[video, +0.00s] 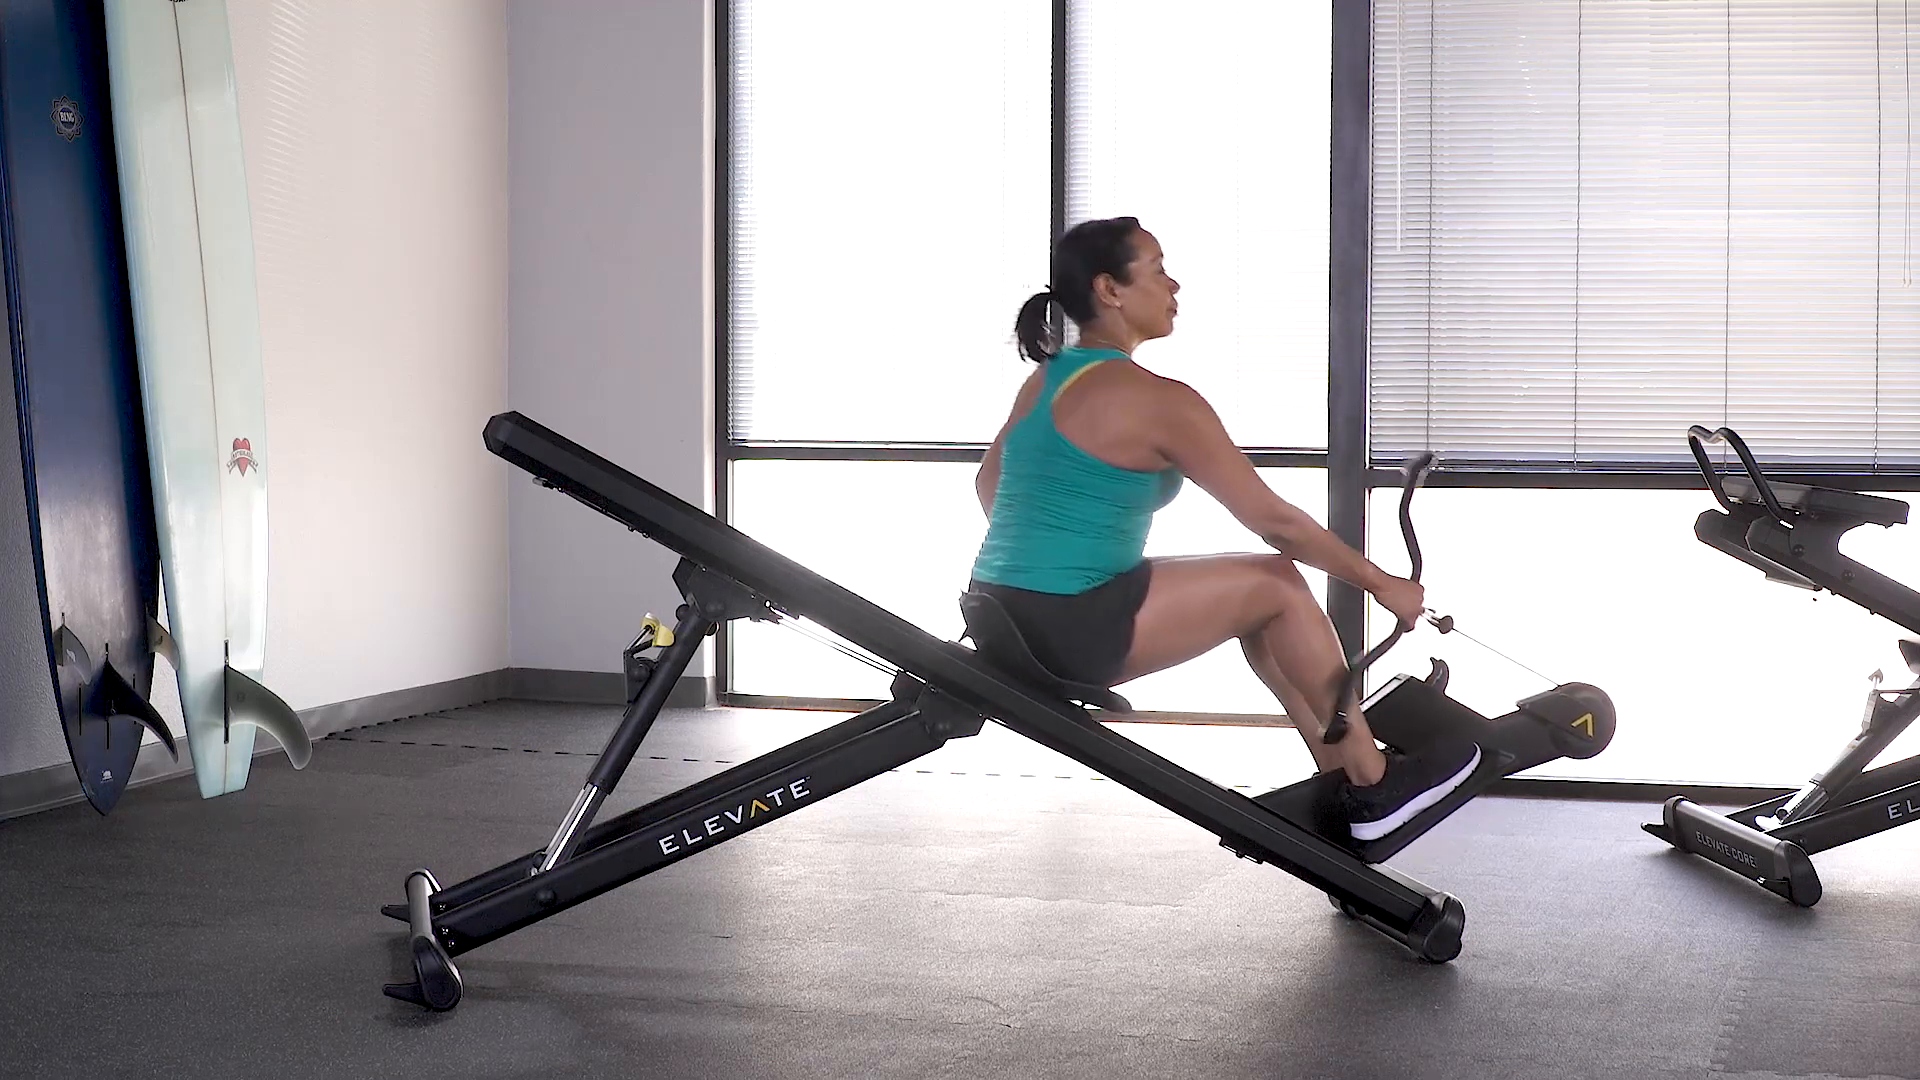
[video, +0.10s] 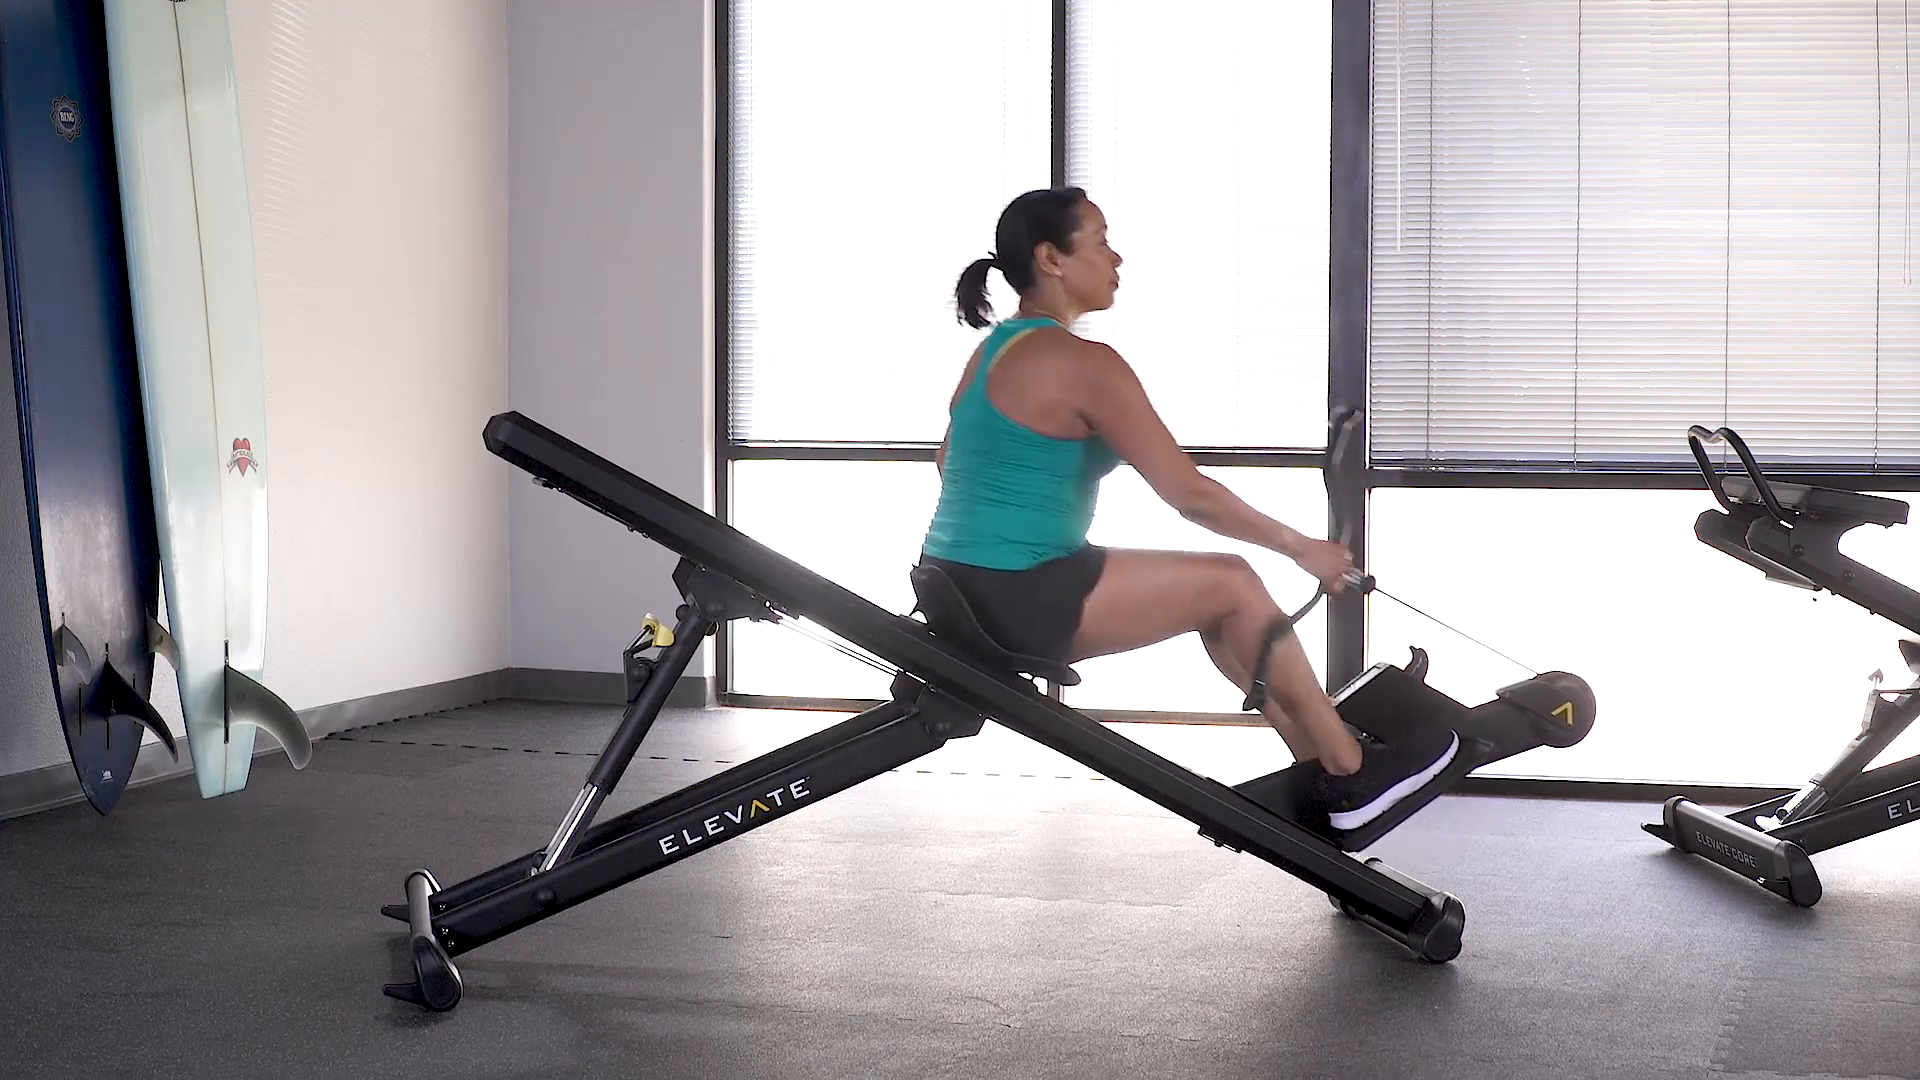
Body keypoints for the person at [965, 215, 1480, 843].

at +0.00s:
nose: (1174, 286)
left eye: (1166, 271)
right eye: (1159, 273)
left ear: (1102, 294)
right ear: (1109, 292)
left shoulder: (1047, 379)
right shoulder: (1164, 403)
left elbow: (990, 482)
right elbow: (1274, 521)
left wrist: (1046, 556)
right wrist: (1381, 582)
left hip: (997, 610)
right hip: (1071, 624)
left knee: (1258, 584)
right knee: (1280, 582)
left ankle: (1335, 763)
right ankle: (1374, 777)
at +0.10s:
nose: (1116, 258)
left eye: (1109, 241)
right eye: (1101, 243)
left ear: (1045, 261)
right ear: (1051, 259)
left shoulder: (993, 349)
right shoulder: (1089, 366)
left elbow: (950, 460)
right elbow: (1189, 492)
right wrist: (1306, 547)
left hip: (952, 588)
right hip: (1017, 595)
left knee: (1216, 592)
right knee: (1234, 582)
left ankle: (1316, 753)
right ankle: (1350, 769)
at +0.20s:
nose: (1060, 230)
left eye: (1054, 213)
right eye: (1045, 213)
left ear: (987, 231)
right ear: (992, 228)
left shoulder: (945, 316)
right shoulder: (1011, 328)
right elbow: (1085, 464)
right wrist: (1199, 506)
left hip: (910, 560)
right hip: (958, 566)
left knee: (1167, 588)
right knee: (1176, 583)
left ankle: (1299, 746)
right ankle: (1318, 757)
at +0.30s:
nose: (1007, 206)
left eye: (1000, 189)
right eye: (993, 190)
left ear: (938, 206)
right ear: (939, 203)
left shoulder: (899, 290)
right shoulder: (936, 295)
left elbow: (960, 433)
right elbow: (978, 431)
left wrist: (1082, 462)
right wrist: (1097, 467)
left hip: (871, 533)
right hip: (906, 539)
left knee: (1121, 601)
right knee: (1134, 593)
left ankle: (1272, 732)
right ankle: (1292, 746)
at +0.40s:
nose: (965, 187)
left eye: (959, 170)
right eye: (951, 171)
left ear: (898, 185)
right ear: (898, 182)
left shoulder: (875, 271)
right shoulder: (878, 275)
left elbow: (893, 411)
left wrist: (1005, 435)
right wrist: (1004, 434)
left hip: (865, 513)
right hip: (867, 518)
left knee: (1081, 596)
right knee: (1088, 592)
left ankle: (1252, 729)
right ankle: (1265, 737)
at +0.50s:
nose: (938, 174)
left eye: (932, 158)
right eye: (924, 158)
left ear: (872, 170)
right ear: (870, 168)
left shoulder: (860, 256)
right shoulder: (837, 255)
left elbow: (824, 376)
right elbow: (796, 373)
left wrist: (928, 406)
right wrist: (923, 404)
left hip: (864, 495)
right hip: (839, 505)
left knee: (1059, 589)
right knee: (1056, 596)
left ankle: (1232, 721)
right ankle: (1240, 728)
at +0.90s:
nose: (962, 197)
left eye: (958, 179)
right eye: (949, 179)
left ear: (895, 190)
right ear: (896, 189)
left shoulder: (886, 283)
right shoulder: (869, 287)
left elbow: (871, 412)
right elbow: (856, 412)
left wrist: (979, 432)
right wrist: (983, 432)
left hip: (883, 519)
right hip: (874, 526)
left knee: (1104, 574)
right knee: (1106, 573)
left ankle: (1257, 722)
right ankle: (1266, 731)